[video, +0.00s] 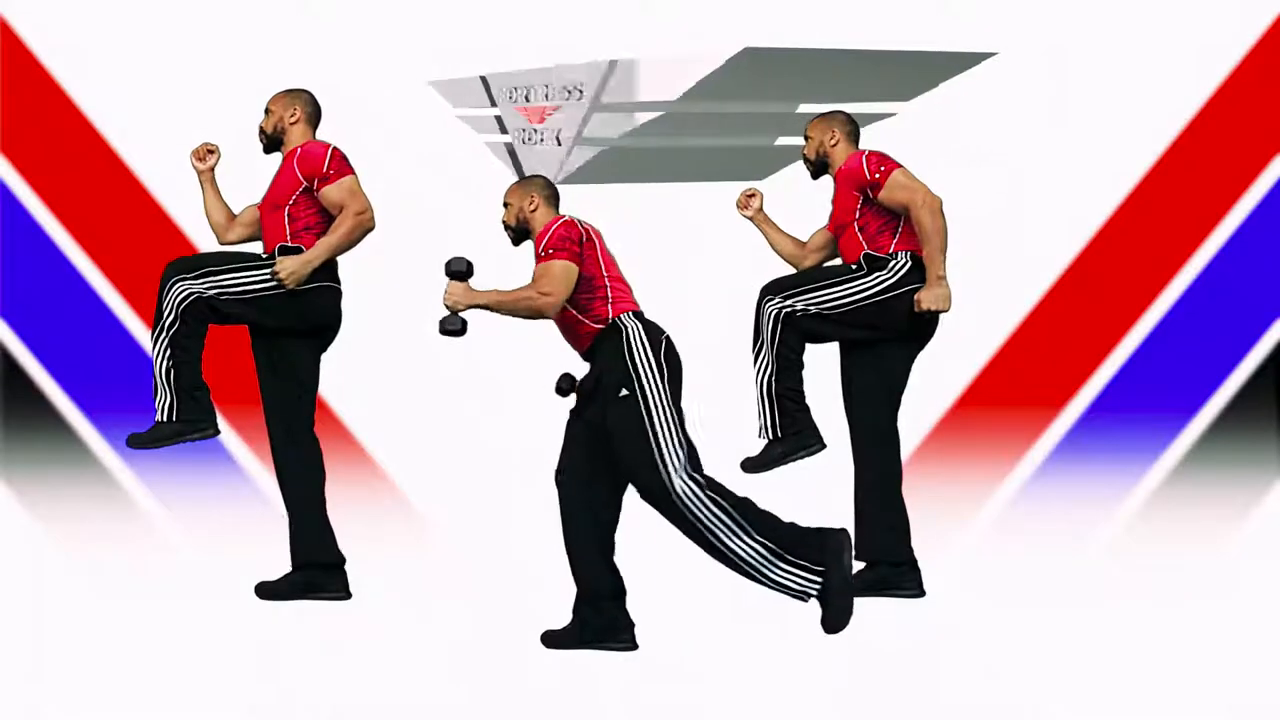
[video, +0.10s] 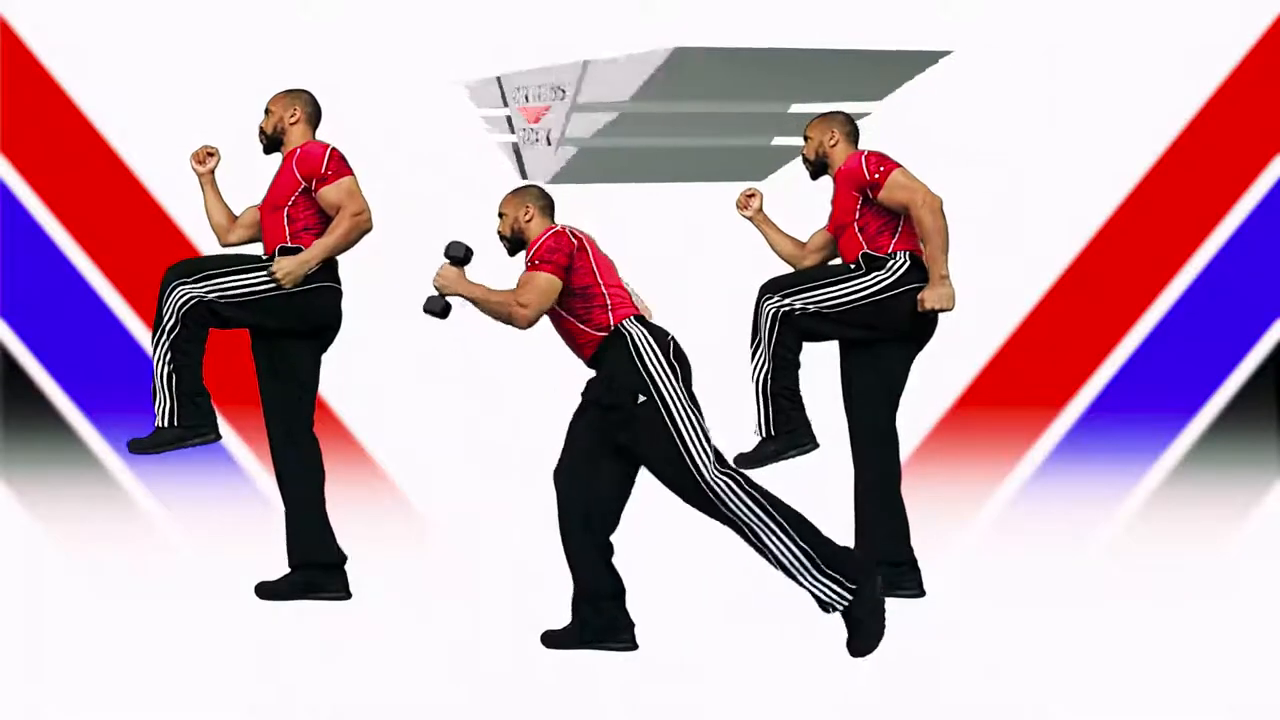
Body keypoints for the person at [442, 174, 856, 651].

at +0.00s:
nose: (503, 215)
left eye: (507, 205)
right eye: (503, 207)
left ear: (532, 202)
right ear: (536, 204)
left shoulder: (559, 229)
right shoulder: (562, 245)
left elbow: (547, 297)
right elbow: (602, 318)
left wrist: (475, 298)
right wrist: (591, 376)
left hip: (630, 349)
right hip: (606, 366)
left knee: (673, 484)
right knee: (580, 489)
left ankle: (819, 561)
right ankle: (602, 622)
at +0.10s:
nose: (498, 227)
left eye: (503, 217)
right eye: (498, 220)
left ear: (529, 211)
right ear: (533, 218)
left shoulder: (555, 240)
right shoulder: (563, 252)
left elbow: (523, 308)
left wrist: (461, 287)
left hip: (640, 355)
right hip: (613, 373)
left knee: (707, 479)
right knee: (578, 490)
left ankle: (848, 585)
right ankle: (602, 621)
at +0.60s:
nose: (501, 253)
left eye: (506, 242)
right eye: (501, 245)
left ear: (533, 237)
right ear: (541, 240)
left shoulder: (555, 269)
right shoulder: (578, 273)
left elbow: (515, 344)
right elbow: (656, 311)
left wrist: (465, 302)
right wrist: (641, 380)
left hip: (656, 377)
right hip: (630, 394)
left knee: (734, 496)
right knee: (578, 486)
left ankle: (882, 607)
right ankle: (601, 622)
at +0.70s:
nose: (501, 252)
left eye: (506, 242)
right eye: (501, 244)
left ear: (534, 237)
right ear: (541, 240)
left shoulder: (555, 270)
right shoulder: (579, 274)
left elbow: (515, 345)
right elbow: (656, 311)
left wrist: (464, 303)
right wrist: (641, 380)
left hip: (655, 377)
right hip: (631, 394)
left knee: (735, 497)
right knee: (578, 487)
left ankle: (883, 607)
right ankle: (601, 623)